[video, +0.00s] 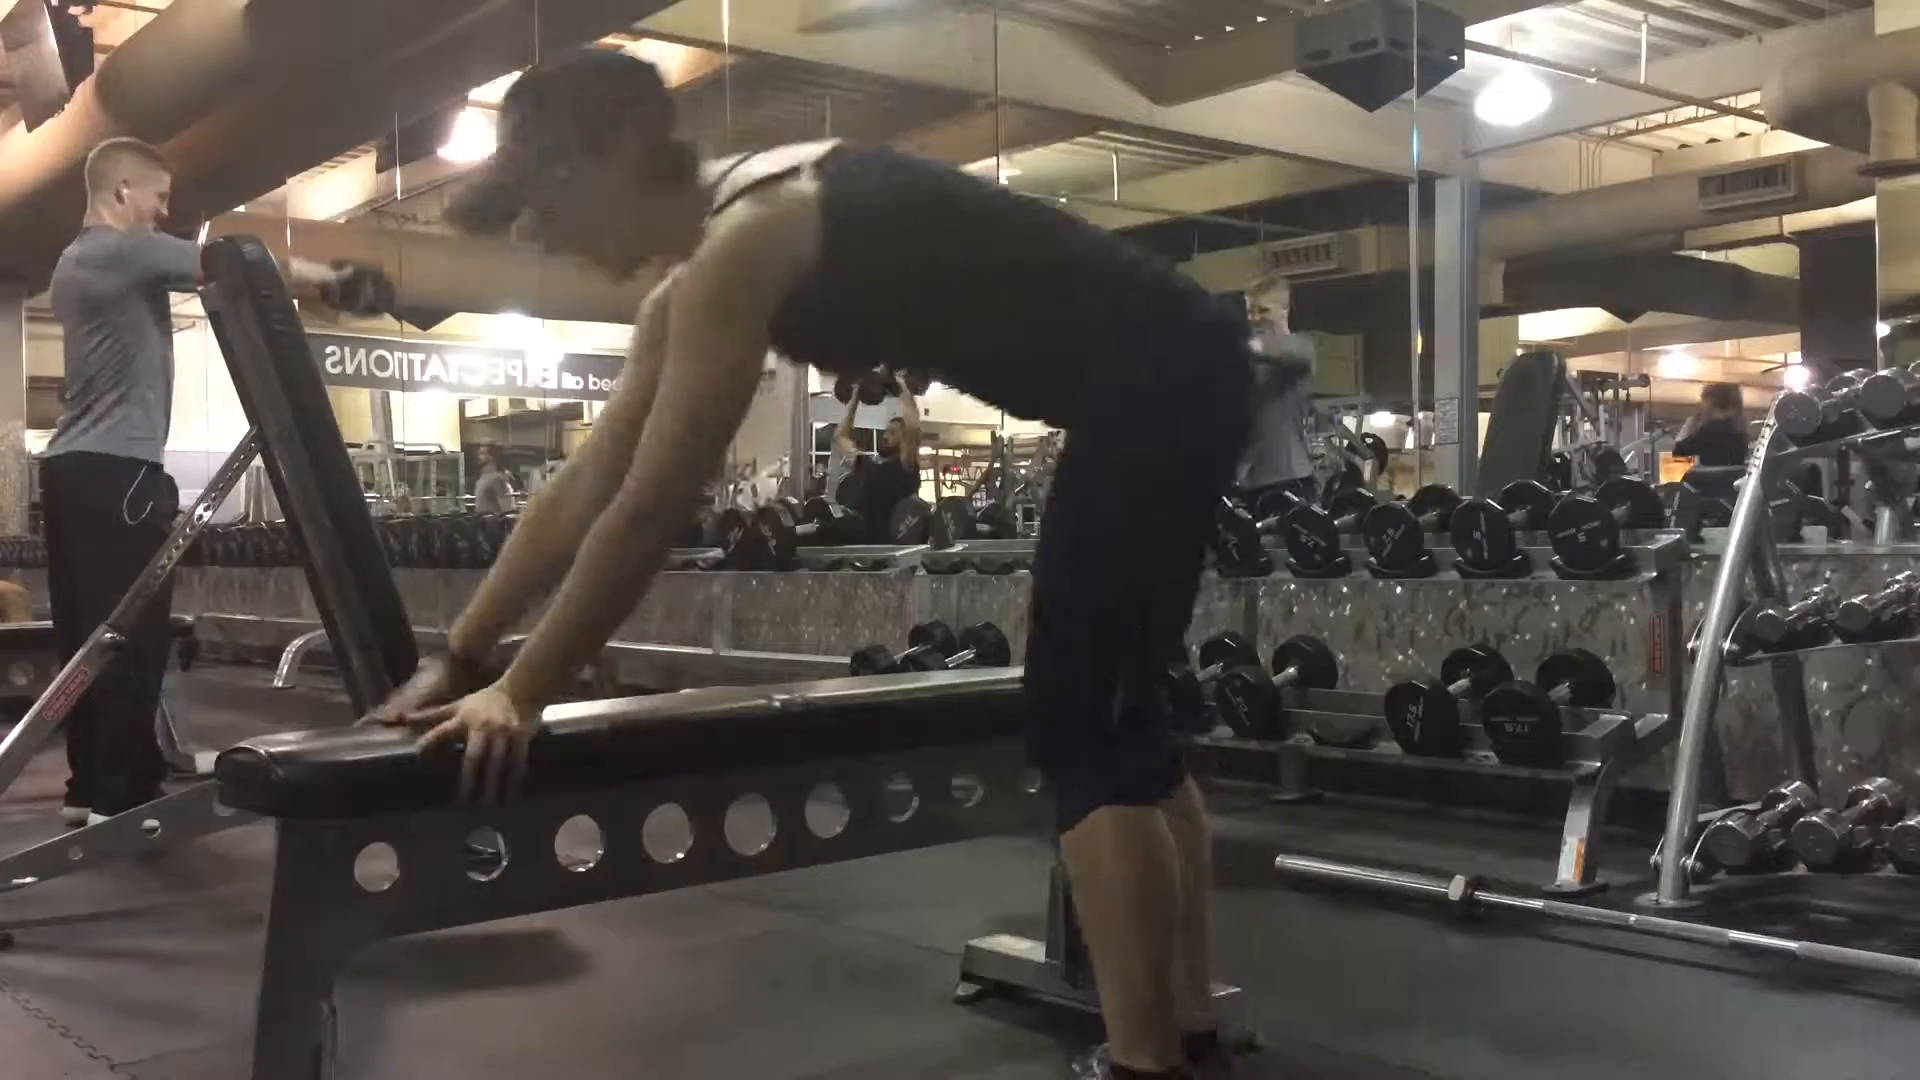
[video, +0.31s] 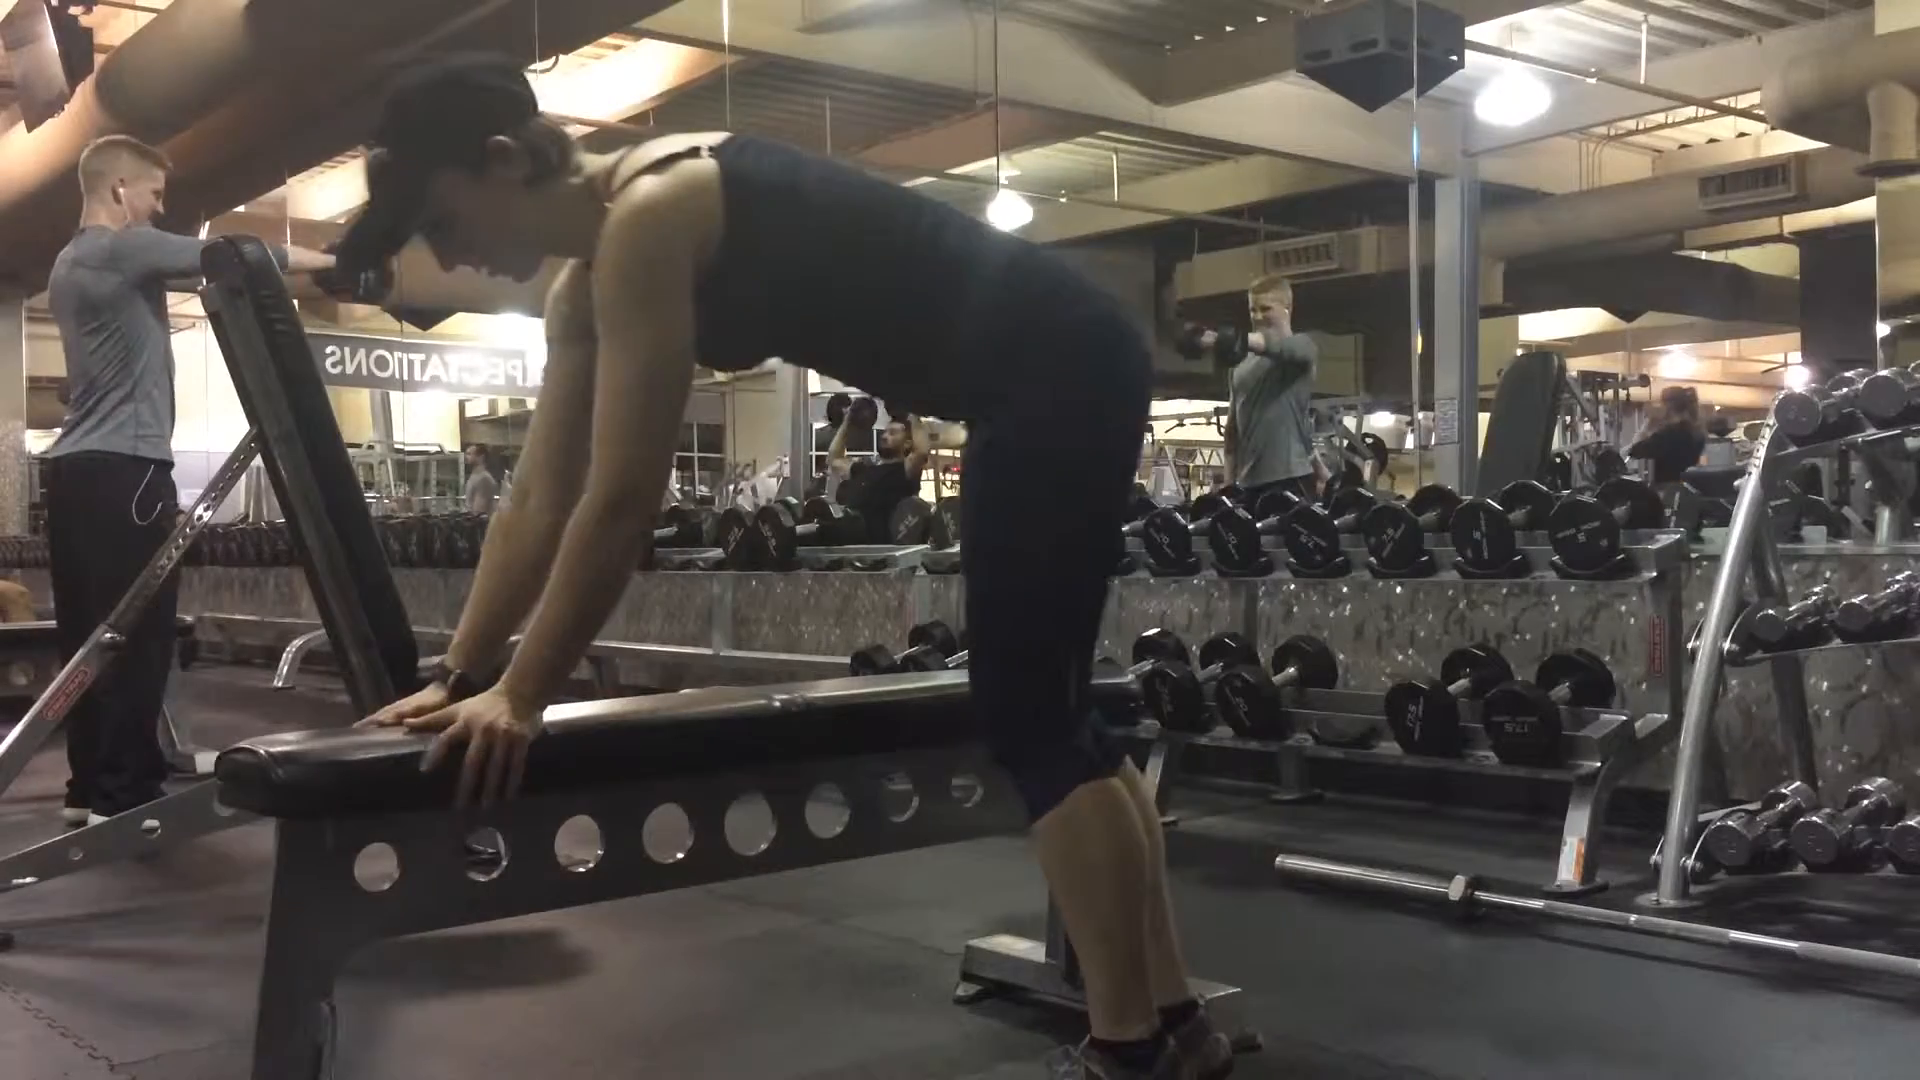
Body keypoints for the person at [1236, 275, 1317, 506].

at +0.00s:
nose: (1255, 318)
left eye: (1263, 311)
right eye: (1250, 311)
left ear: (1285, 310)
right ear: (1245, 312)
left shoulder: (1300, 344)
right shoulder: (1241, 349)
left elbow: (1301, 361)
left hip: (1293, 473)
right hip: (1249, 476)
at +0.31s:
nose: (1258, 317)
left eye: (1265, 309)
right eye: (1253, 310)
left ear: (1287, 308)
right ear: (1248, 312)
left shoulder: (1302, 346)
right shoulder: (1240, 365)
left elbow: (1293, 351)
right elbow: (1232, 428)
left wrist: (1224, 340)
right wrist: (1230, 481)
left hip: (1291, 479)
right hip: (1249, 483)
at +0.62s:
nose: (1250, 311)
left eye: (1258, 303)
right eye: (1247, 305)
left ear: (1282, 308)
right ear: (1244, 308)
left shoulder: (1295, 354)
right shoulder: (1244, 360)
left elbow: (1279, 404)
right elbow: (1240, 418)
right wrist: (1233, 477)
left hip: (1295, 477)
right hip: (1258, 477)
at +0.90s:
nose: (1248, 310)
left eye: (1256, 303)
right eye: (1246, 304)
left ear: (1280, 309)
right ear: (1243, 308)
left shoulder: (1294, 359)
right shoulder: (1240, 361)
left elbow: (1302, 428)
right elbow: (1237, 424)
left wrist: (1288, 486)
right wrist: (1235, 481)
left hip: (1284, 484)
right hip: (1251, 484)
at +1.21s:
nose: (1250, 309)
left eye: (1259, 302)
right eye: (1248, 303)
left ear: (1282, 309)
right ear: (1244, 307)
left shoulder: (1298, 360)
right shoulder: (1234, 362)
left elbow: (1315, 428)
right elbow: (1230, 427)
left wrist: (1305, 486)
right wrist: (1231, 482)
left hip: (1287, 486)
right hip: (1249, 484)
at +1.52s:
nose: (1255, 310)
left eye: (1264, 303)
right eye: (1252, 304)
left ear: (1286, 310)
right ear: (1249, 308)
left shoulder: (1304, 362)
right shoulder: (1235, 363)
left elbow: (1319, 429)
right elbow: (1212, 421)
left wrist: (1310, 486)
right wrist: (1195, 476)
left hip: (1291, 488)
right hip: (1251, 488)